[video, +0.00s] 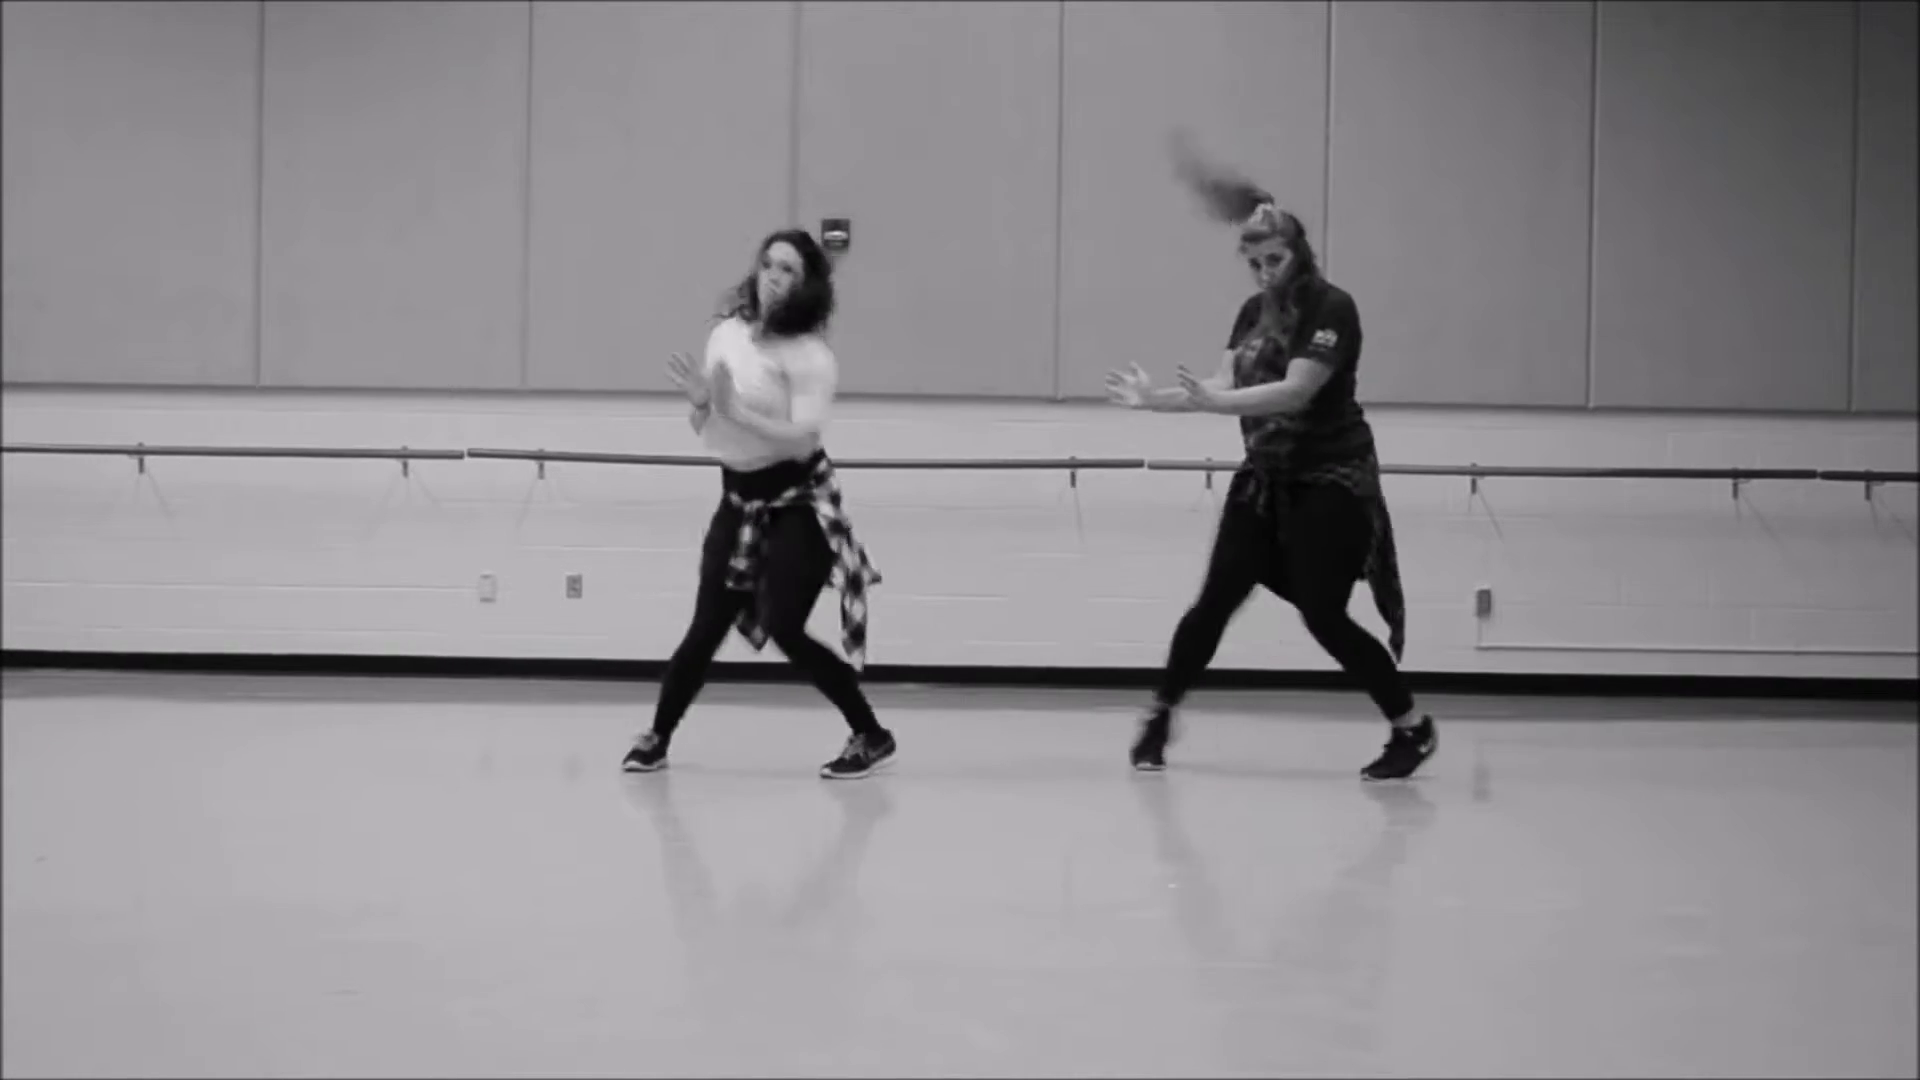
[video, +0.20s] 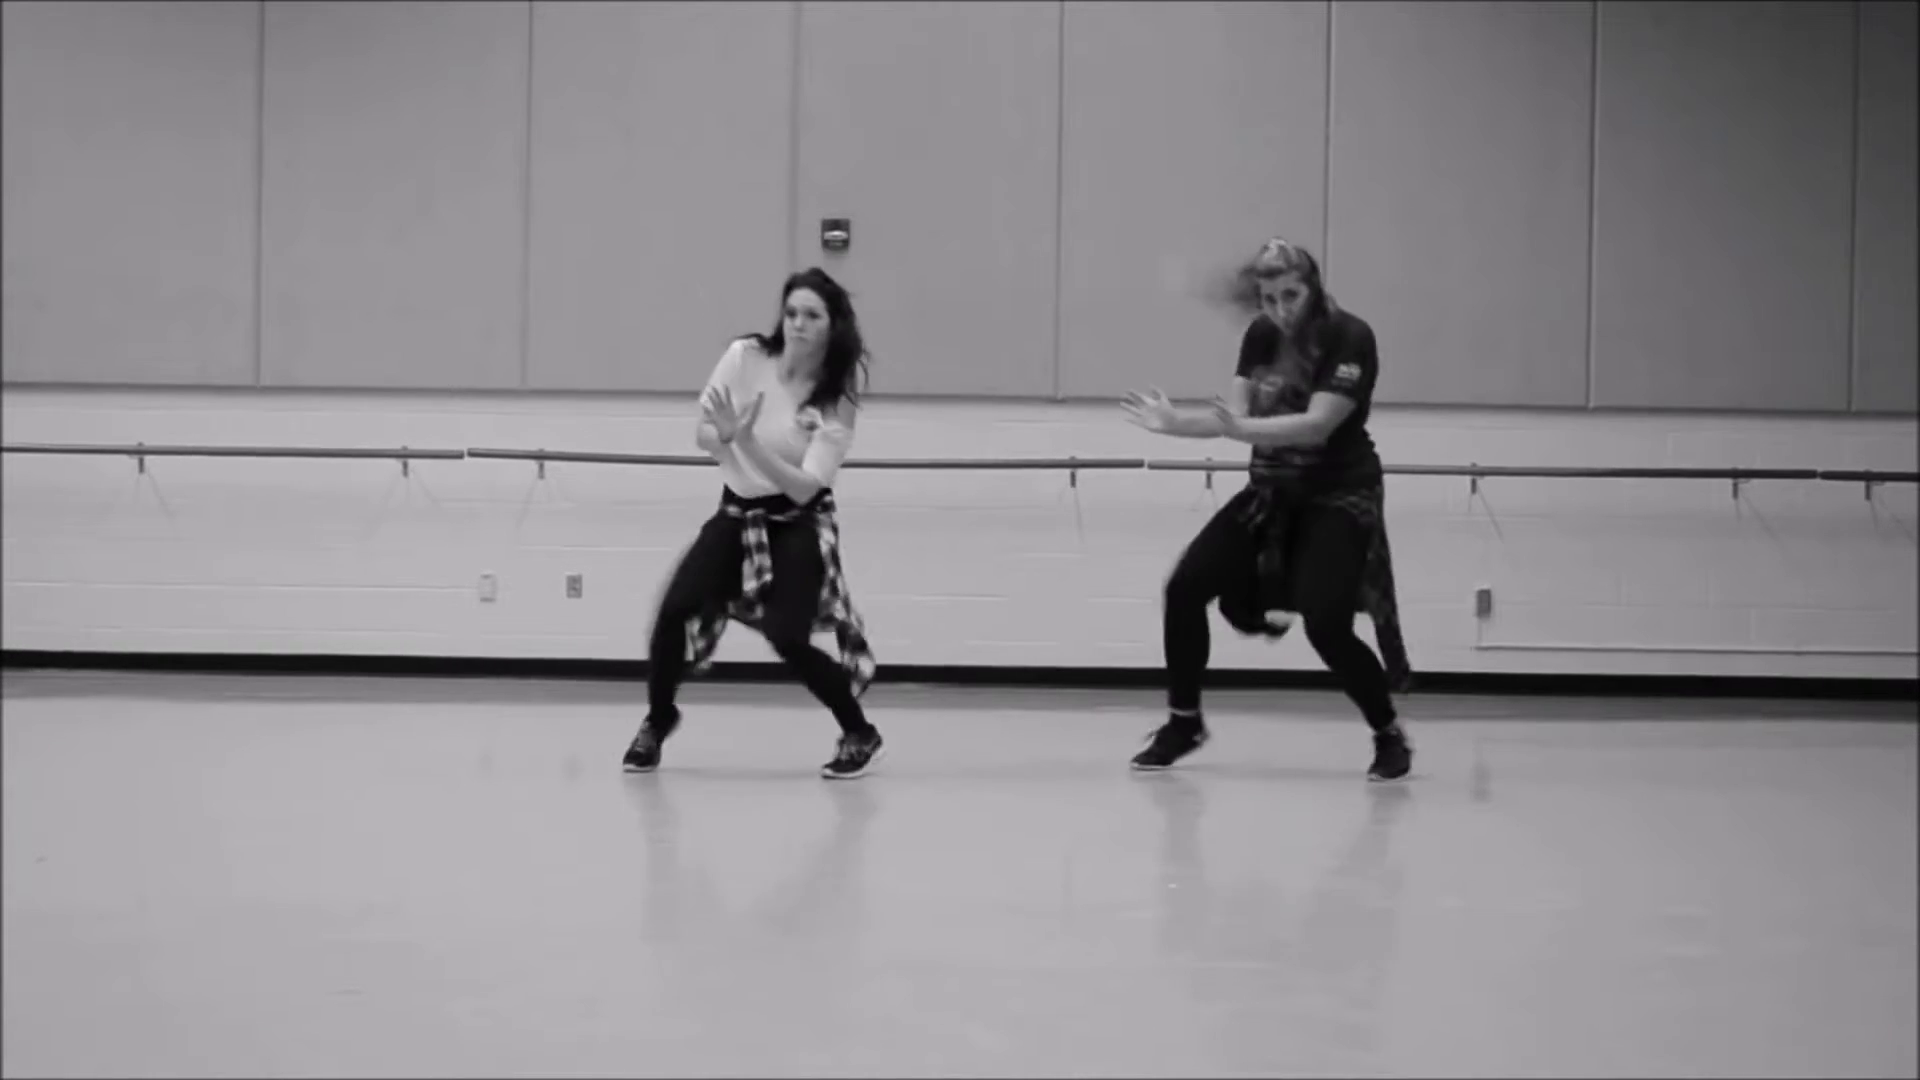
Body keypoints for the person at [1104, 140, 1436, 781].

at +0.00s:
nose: (1262, 265)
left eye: (1272, 254)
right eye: (1253, 256)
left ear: (1299, 250)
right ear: (1246, 257)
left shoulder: (1331, 310)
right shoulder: (1252, 314)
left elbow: (1296, 393)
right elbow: (1230, 387)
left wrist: (1215, 398)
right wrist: (1162, 397)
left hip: (1332, 484)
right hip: (1264, 482)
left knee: (1326, 616)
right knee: (1213, 602)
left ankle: (1411, 725)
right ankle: (1160, 716)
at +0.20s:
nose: (1281, 311)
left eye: (1291, 296)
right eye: (1270, 300)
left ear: (1314, 288)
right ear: (1259, 297)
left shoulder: (1350, 337)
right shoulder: (1263, 334)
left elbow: (1318, 426)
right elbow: (1238, 415)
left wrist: (1238, 429)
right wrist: (1177, 422)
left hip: (1339, 496)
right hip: (1271, 493)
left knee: (1326, 625)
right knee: (1184, 591)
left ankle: (1389, 736)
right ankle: (1185, 721)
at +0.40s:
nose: (1321, 325)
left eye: (1331, 311)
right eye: (1309, 314)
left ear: (1352, 305)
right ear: (1295, 312)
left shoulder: (1383, 359)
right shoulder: (1281, 354)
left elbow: (1358, 447)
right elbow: (1253, 431)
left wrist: (1282, 448)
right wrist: (1207, 441)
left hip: (1338, 516)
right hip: (1264, 510)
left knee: (1354, 629)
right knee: (1168, 603)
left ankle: (1371, 746)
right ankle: (1200, 736)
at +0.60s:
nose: (1339, 311)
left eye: (1351, 299)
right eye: (1328, 298)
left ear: (1368, 301)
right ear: (1313, 296)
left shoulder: (1372, 365)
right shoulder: (1280, 329)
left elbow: (1333, 441)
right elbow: (1238, 393)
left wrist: (1252, 400)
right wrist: (1198, 393)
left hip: (1320, 508)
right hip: (1245, 497)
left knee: (1330, 626)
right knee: (1171, 602)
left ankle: (1372, 746)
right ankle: (1200, 735)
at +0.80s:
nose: (1237, 264)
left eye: (1244, 251)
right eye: (1224, 254)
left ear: (1265, 245)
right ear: (1209, 254)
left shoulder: (1291, 293)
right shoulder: (1200, 287)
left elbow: (1282, 377)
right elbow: (1142, 336)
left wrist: (1198, 379)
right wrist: (1119, 364)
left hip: (1302, 471)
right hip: (1226, 471)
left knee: (1341, 601)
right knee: (1195, 596)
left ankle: (1375, 725)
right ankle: (1203, 735)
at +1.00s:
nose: (1162, 260)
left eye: (1166, 245)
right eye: (1148, 257)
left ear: (1188, 238)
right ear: (1141, 266)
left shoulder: (1234, 289)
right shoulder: (1147, 299)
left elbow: (1195, 355)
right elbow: (1091, 345)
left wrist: (1114, 389)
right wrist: (1065, 387)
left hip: (1264, 464)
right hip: (1195, 468)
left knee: (1274, 588)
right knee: (1193, 600)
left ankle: (1306, 715)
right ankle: (1201, 733)